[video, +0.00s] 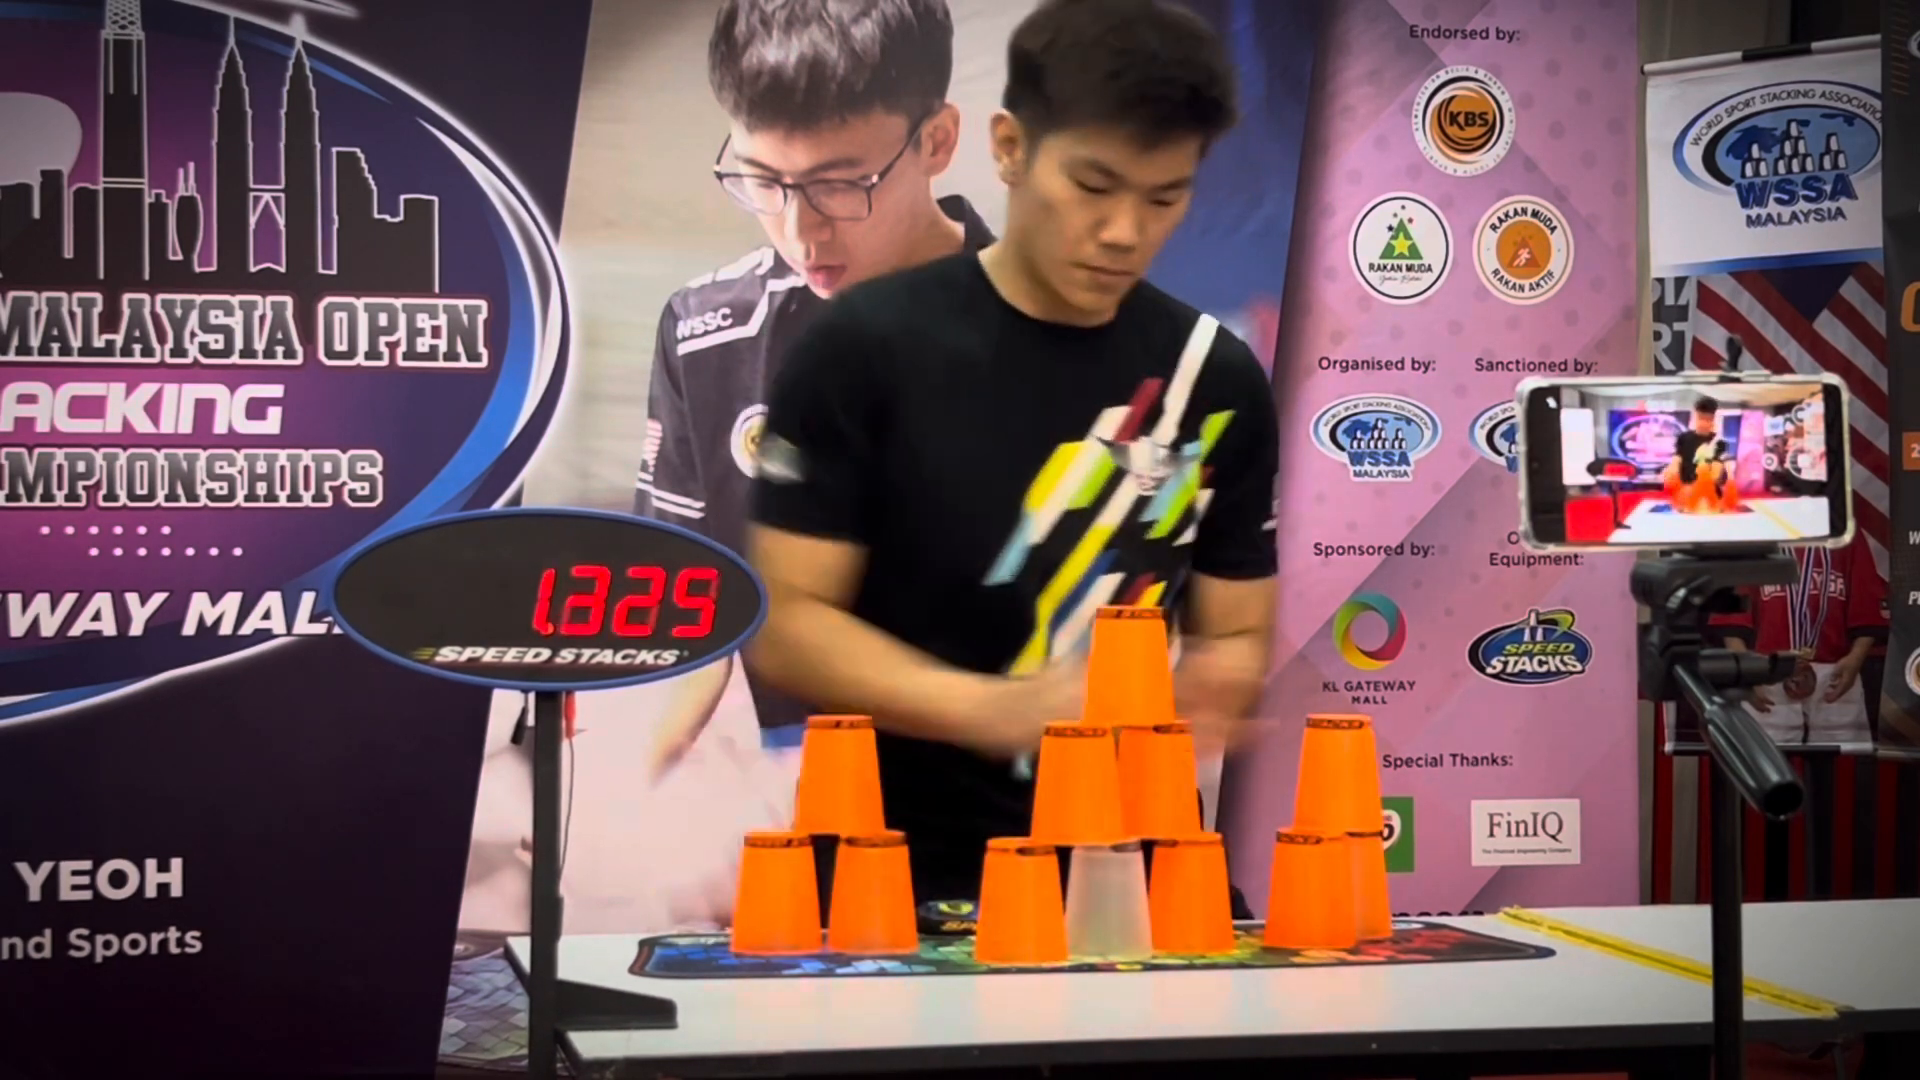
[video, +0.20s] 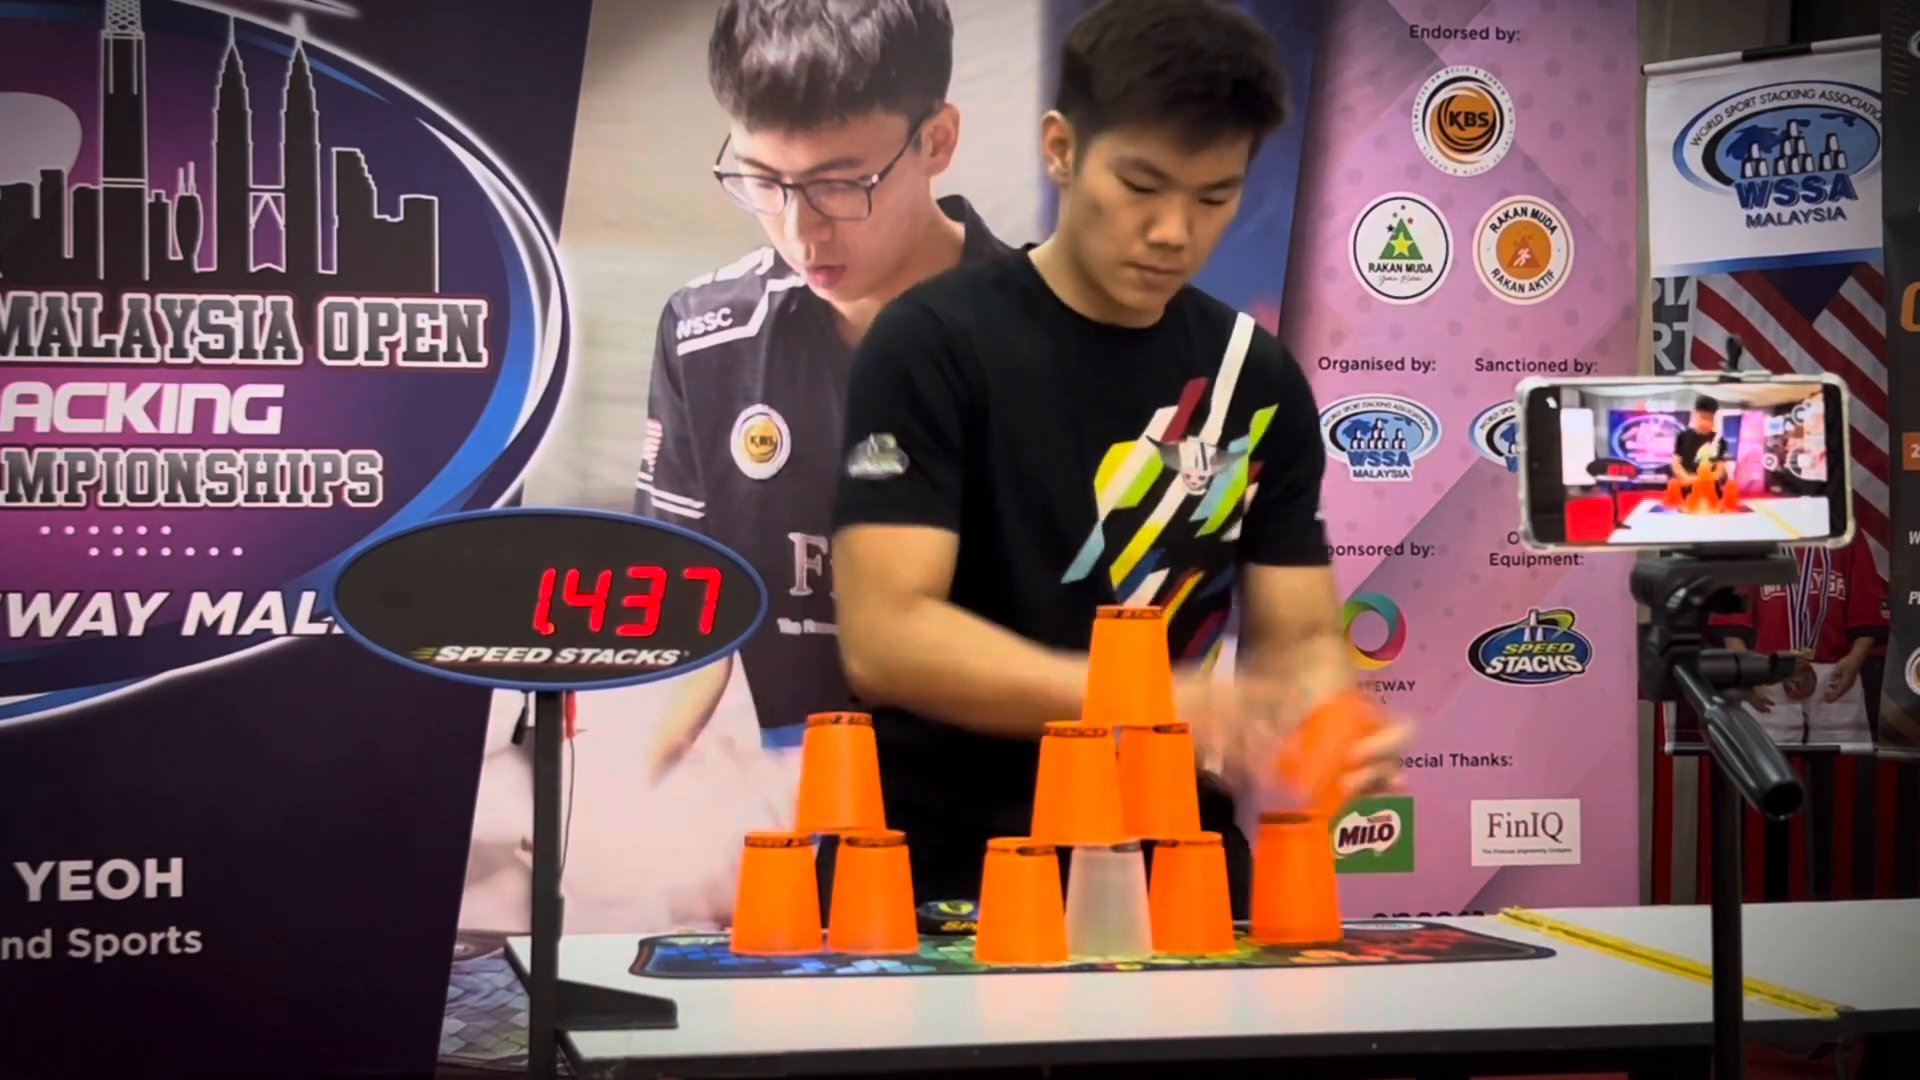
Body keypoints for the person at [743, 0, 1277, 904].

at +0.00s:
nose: (1124, 233)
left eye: (1163, 198)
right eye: (1093, 183)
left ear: (1194, 181)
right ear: (1008, 149)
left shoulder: (1218, 383)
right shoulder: (859, 347)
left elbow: (1236, 644)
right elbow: (784, 626)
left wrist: (1147, 710)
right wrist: (994, 709)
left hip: (1121, 887)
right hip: (895, 879)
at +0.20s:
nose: (1173, 232)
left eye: (1213, 196)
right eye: (1140, 183)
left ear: (1243, 182)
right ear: (1059, 151)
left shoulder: (1257, 378)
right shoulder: (932, 342)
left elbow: (1300, 637)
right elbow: (884, 639)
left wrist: (1326, 726)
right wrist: (1151, 701)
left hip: (1168, 875)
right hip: (953, 873)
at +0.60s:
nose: (1073, 209)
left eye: (1120, 174)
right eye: (1043, 158)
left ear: (1174, 158)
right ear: (988, 120)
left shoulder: (1222, 366)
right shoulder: (846, 334)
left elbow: (1242, 645)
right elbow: (784, 612)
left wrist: (1169, 797)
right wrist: (927, 734)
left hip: (1113, 882)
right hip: (882, 871)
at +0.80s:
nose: (997, 205)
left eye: (1041, 164)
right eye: (960, 157)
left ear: (1097, 140)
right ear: (908, 123)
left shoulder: (1192, 335)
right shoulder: (809, 367)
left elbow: (1260, 590)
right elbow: (774, 647)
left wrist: (1148, 759)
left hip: (1143, 877)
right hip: (896, 876)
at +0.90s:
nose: (951, 254)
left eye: (990, 210)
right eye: (912, 212)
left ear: (1041, 181)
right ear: (856, 188)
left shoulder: (1163, 361)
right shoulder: (787, 427)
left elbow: (1239, 620)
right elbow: (780, 726)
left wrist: (1133, 859)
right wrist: (810, 948)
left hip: (1130, 905)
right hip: (904, 916)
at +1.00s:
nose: (939, 321)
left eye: (973, 272)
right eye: (894, 283)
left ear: (1013, 225)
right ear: (823, 260)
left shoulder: (1144, 378)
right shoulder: (774, 474)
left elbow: (1199, 666)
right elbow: (852, 778)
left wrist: (1177, 930)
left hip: (1117, 921)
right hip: (915, 933)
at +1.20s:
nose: (1058, 360)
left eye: (1084, 325)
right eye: (1027, 328)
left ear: (1109, 290)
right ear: (923, 265)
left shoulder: (1152, 366)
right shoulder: (800, 460)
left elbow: (1211, 632)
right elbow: (871, 764)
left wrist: (1199, 898)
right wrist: (1069, 924)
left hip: (1126, 891)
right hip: (920, 915)